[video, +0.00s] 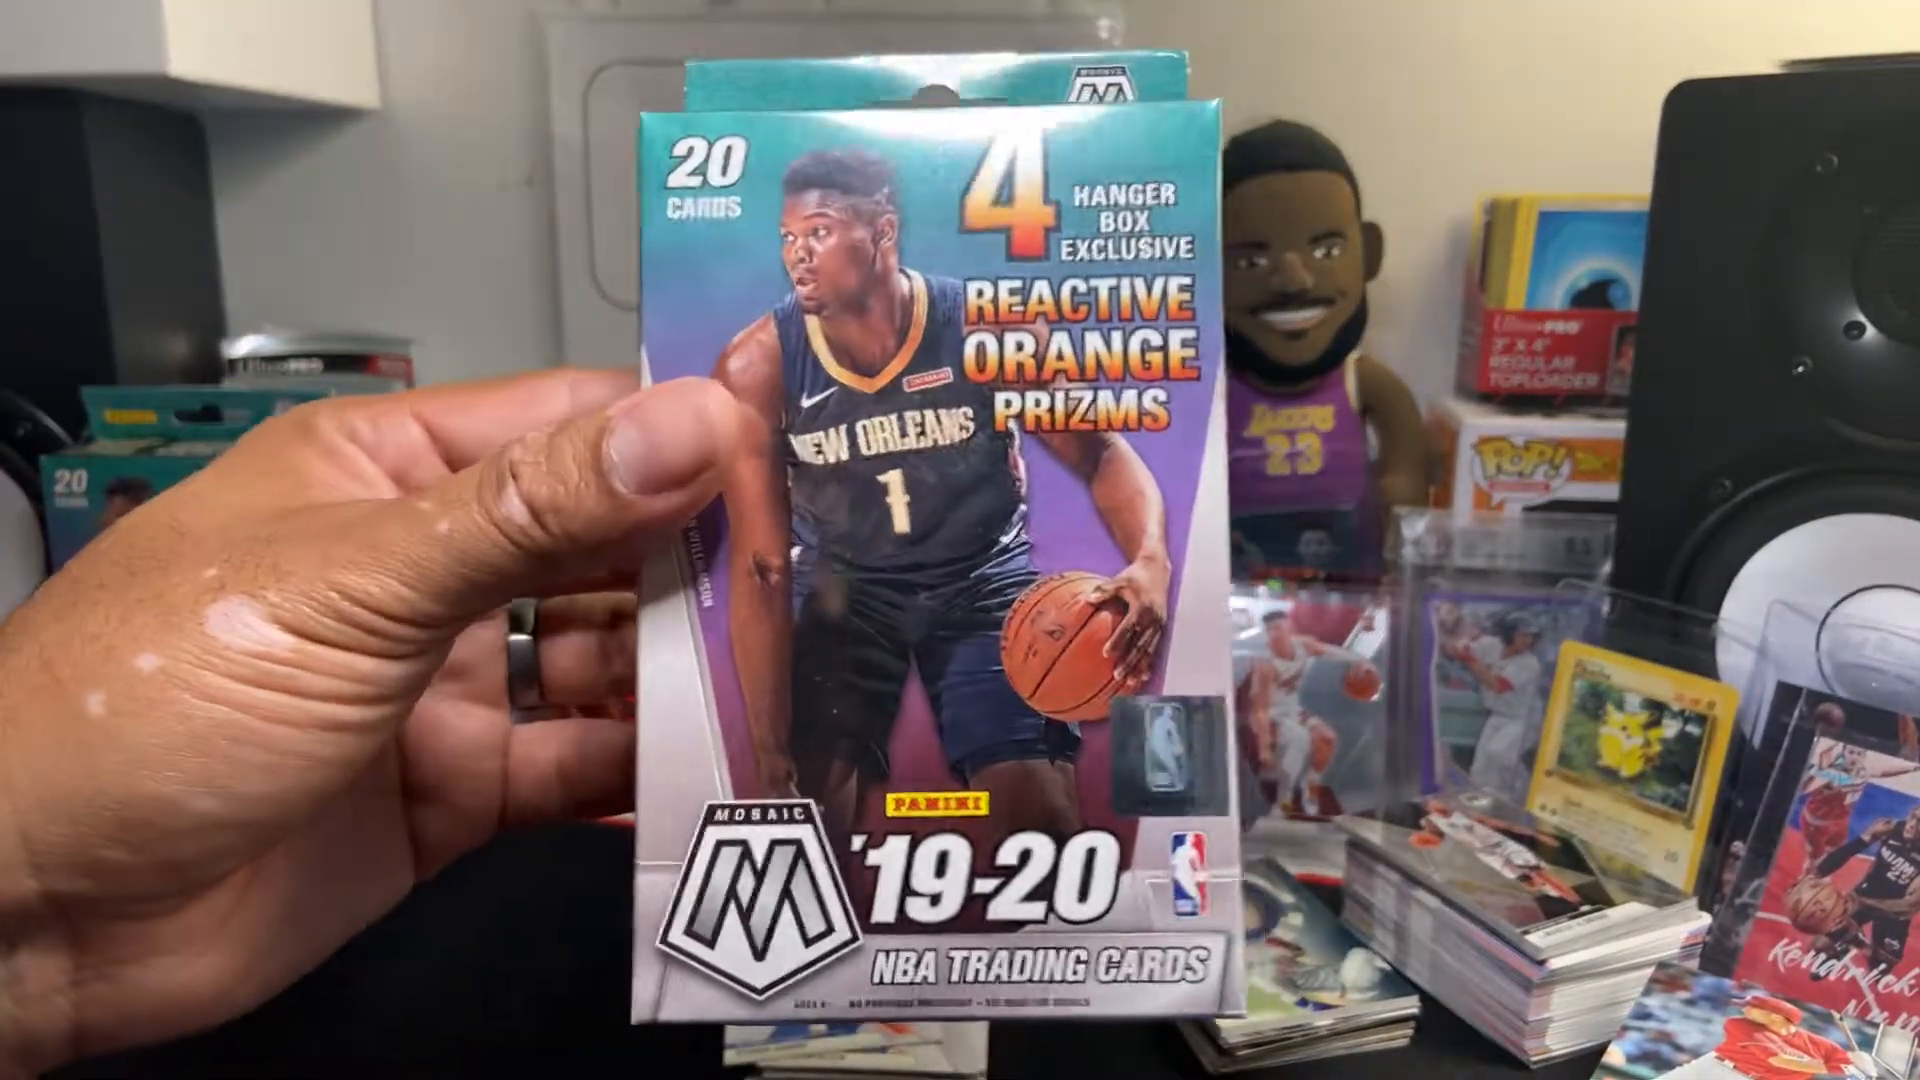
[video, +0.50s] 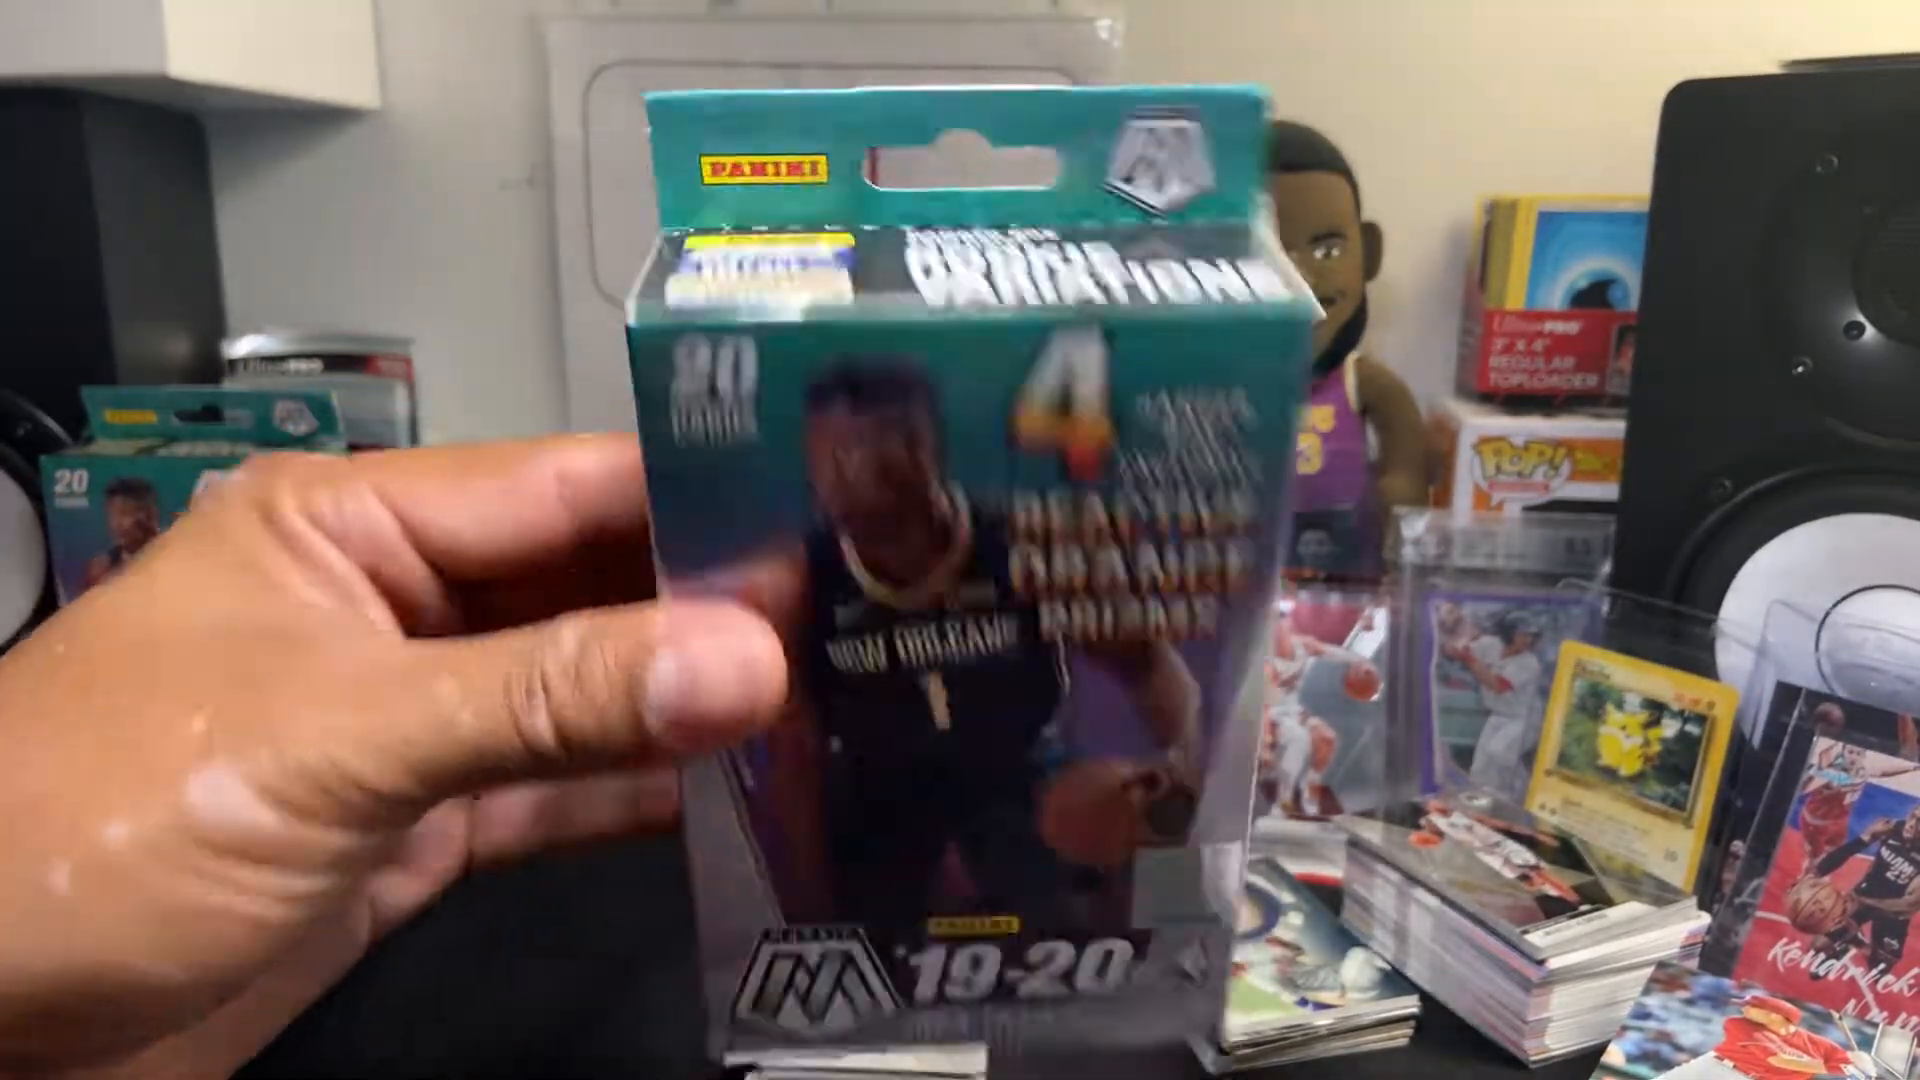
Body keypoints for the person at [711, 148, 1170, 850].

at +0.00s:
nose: (798, 255)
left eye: (819, 234)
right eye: (790, 239)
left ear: (884, 233)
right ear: (782, 250)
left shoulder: (982, 327)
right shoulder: (760, 364)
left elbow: (1099, 454)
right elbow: (761, 571)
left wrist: (1152, 559)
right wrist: (769, 755)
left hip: (986, 582)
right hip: (848, 593)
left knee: (1031, 802)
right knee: (814, 800)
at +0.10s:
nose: (790, 291)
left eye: (811, 268)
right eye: (781, 273)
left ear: (877, 267)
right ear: (772, 283)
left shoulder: (979, 362)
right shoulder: (756, 403)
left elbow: (1095, 488)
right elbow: (765, 606)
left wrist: (1147, 589)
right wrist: (781, 788)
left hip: (982, 619)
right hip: (852, 631)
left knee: (1034, 827)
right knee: (828, 831)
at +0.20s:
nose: (779, 345)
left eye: (799, 320)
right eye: (769, 326)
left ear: (863, 320)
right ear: (762, 335)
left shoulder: (968, 404)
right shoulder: (752, 457)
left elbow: (1090, 521)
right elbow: (774, 651)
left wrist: (1145, 618)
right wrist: (800, 826)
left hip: (988, 654)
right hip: (862, 672)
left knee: (1054, 851)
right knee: (843, 871)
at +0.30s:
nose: (790, 376)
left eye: (811, 351)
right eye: (780, 357)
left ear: (876, 352)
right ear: (773, 364)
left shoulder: (976, 444)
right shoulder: (757, 487)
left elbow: (1092, 565)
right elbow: (769, 680)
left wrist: (1143, 669)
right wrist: (786, 853)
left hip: (985, 694)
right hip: (855, 707)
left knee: (1038, 893)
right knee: (824, 903)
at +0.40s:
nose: (802, 398)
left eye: (823, 375)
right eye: (792, 378)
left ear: (892, 374)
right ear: (785, 383)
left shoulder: (997, 469)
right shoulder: (767, 512)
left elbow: (1113, 595)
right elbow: (780, 707)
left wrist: (1162, 694)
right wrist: (789, 884)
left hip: (996, 733)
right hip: (865, 743)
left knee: (1052, 917)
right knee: (849, 943)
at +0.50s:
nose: (862, 470)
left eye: (883, 443)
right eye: (839, 449)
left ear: (927, 451)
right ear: (814, 466)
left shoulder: (1026, 553)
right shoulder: (794, 588)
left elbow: (1147, 662)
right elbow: (793, 762)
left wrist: (1181, 761)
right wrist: (810, 922)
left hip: (1014, 820)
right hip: (875, 828)